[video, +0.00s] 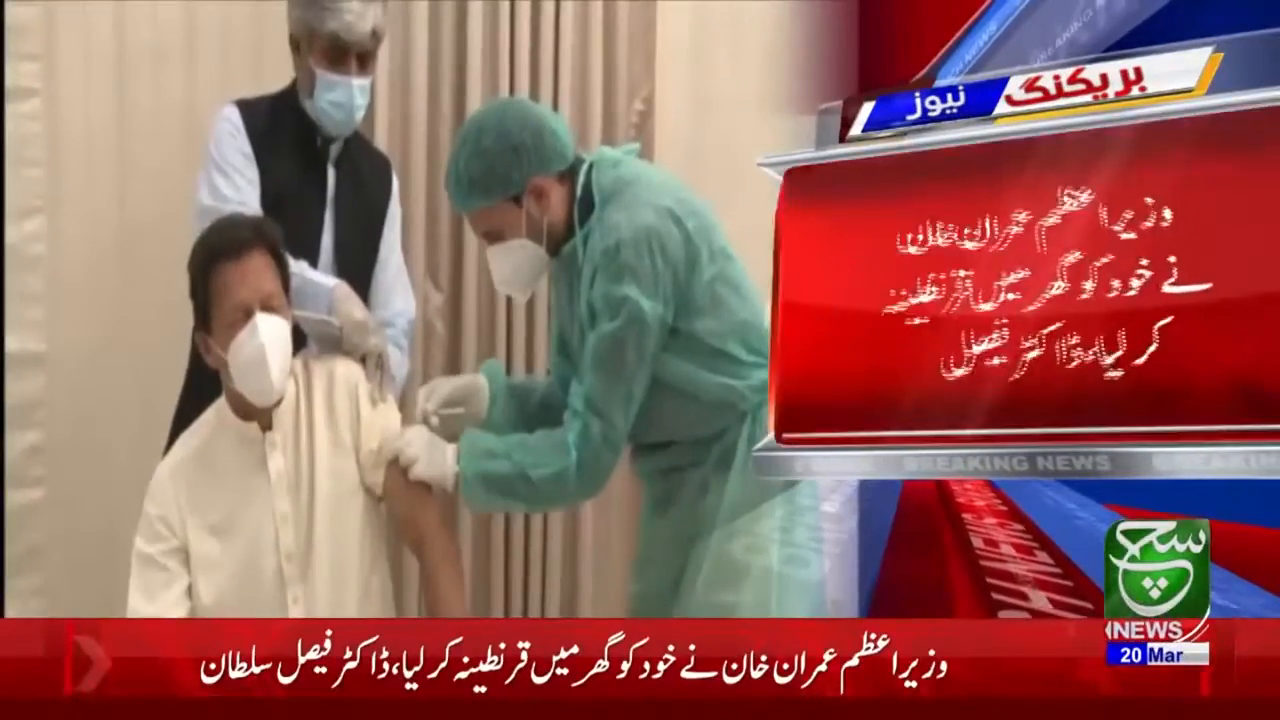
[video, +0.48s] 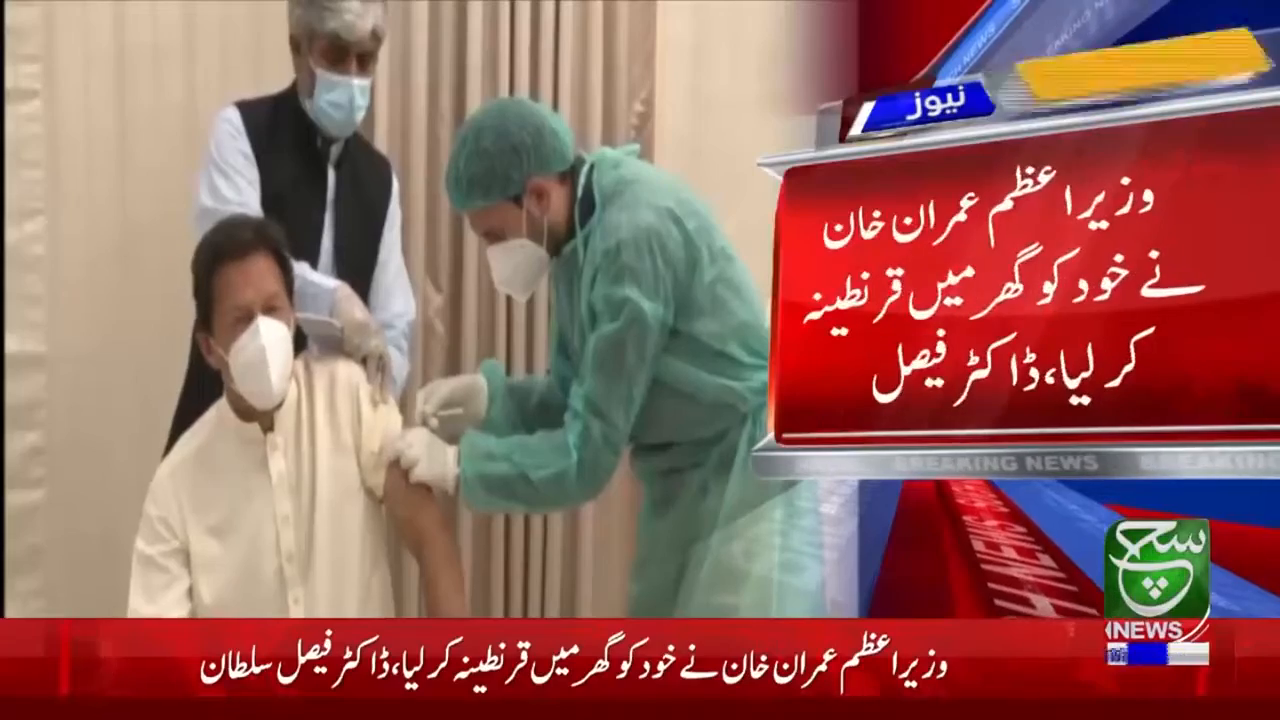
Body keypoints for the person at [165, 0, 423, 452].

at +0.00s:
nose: (351, 78)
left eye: (364, 61)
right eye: (334, 58)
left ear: (376, 60)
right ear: (298, 51)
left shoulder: (377, 171)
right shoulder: (242, 127)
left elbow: (393, 303)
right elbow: (230, 249)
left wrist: (375, 385)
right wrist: (333, 299)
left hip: (333, 398)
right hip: (238, 383)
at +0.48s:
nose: (351, 78)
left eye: (364, 61)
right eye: (334, 58)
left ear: (377, 62)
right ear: (299, 52)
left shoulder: (378, 173)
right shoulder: (242, 129)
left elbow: (394, 306)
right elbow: (232, 252)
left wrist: (375, 390)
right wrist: (336, 299)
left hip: (332, 400)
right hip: (237, 385)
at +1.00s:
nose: (350, 81)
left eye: (364, 65)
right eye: (335, 61)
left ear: (378, 67)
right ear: (300, 52)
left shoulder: (379, 177)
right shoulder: (244, 133)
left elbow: (395, 312)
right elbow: (235, 258)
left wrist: (377, 399)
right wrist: (335, 304)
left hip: (336, 402)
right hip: (240, 386)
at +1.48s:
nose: (352, 83)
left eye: (366, 67)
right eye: (337, 62)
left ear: (381, 68)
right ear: (301, 53)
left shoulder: (379, 179)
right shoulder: (244, 135)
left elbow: (396, 316)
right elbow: (235, 260)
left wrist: (378, 400)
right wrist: (335, 306)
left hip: (337, 406)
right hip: (241, 390)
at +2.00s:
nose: (351, 83)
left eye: (366, 68)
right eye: (336, 62)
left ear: (381, 69)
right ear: (302, 53)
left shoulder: (380, 180)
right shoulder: (244, 137)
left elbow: (395, 314)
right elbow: (233, 261)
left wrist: (378, 404)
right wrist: (334, 306)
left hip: (335, 407)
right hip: (240, 392)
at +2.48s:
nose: (351, 86)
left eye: (366, 71)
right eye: (335, 64)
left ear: (380, 74)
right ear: (301, 57)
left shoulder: (379, 186)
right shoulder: (245, 141)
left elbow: (395, 322)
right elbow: (231, 268)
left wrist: (378, 410)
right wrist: (334, 311)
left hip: (335, 415)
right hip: (239, 397)